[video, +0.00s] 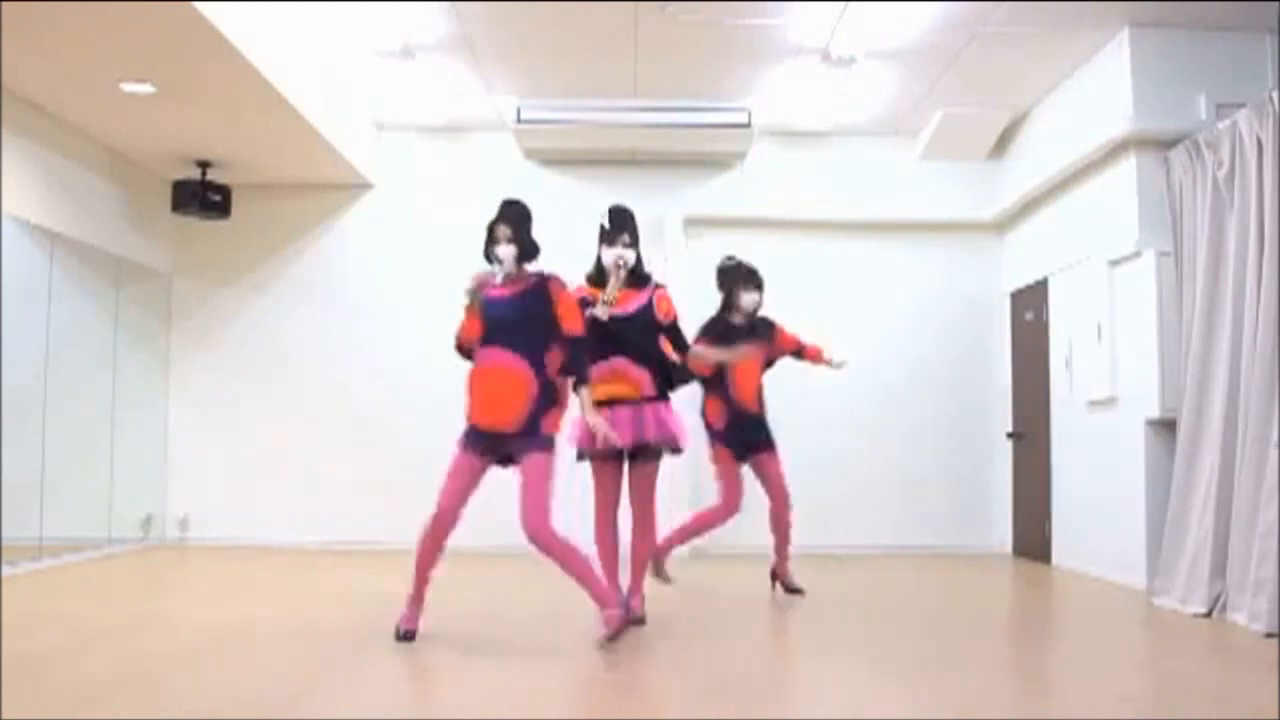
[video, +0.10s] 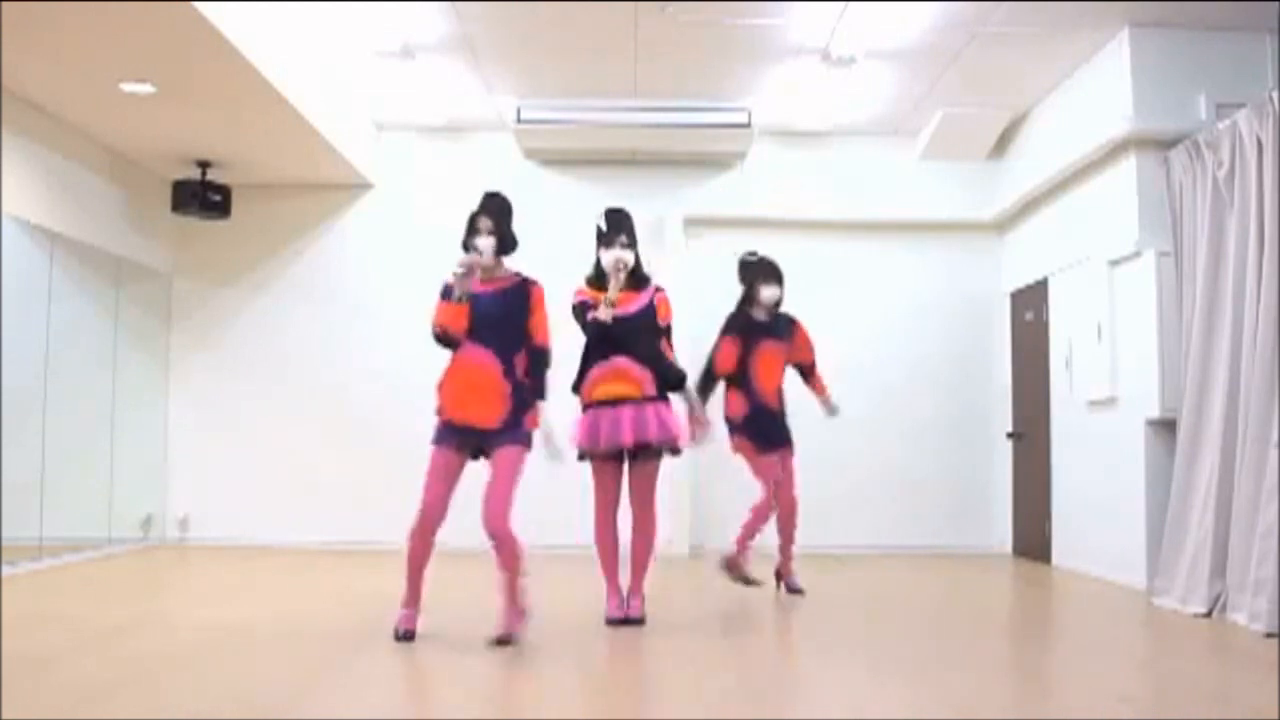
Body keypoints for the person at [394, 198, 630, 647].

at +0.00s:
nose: (502, 249)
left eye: (511, 240)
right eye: (496, 240)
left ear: (526, 243)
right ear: (489, 245)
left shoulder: (549, 288)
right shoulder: (485, 294)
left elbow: (576, 346)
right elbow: (468, 349)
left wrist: (553, 376)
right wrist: (475, 300)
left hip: (535, 426)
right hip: (484, 424)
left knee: (537, 529)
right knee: (442, 518)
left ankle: (610, 604)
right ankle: (413, 607)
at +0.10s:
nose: (480, 241)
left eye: (489, 233)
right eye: (475, 231)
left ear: (505, 240)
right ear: (466, 236)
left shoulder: (526, 291)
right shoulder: (455, 288)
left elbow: (539, 351)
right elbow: (447, 336)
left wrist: (535, 402)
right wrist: (460, 287)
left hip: (510, 415)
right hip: (458, 411)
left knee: (495, 520)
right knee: (429, 514)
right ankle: (410, 606)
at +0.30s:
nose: (455, 228)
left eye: (463, 221)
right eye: (449, 219)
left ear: (478, 227)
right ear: (439, 224)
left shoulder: (497, 280)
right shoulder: (425, 274)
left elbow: (529, 338)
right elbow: (425, 319)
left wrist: (534, 360)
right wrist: (446, 271)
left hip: (469, 400)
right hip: (421, 396)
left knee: (444, 503)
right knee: (417, 504)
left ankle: (473, 599)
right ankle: (426, 602)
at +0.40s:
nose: (444, 230)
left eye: (452, 223)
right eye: (437, 222)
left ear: (465, 230)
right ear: (428, 227)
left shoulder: (482, 283)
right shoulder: (410, 276)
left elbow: (514, 331)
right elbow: (411, 324)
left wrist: (550, 310)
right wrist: (434, 277)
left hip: (452, 405)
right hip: (405, 401)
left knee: (409, 490)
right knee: (406, 500)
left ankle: (426, 591)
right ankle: (423, 595)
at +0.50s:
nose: (433, 233)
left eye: (441, 226)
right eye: (426, 225)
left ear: (454, 231)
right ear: (414, 229)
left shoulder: (473, 282)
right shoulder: (398, 276)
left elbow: (515, 298)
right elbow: (396, 323)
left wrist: (544, 307)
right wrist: (422, 277)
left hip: (439, 411)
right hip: (392, 406)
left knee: (377, 495)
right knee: (406, 507)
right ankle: (426, 602)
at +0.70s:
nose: (400, 237)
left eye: (409, 231)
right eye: (396, 229)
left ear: (427, 237)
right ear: (388, 234)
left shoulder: (443, 291)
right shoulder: (375, 283)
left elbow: (463, 350)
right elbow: (356, 326)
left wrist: (497, 329)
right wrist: (378, 280)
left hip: (399, 410)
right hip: (364, 407)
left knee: (343, 501)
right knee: (391, 514)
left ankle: (339, 599)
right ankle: (424, 601)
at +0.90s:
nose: (370, 243)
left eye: (374, 236)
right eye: (372, 237)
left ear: (384, 236)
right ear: (411, 239)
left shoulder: (388, 278)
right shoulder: (416, 281)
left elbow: (372, 340)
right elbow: (370, 337)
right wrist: (321, 307)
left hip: (363, 400)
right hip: (397, 404)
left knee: (320, 496)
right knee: (392, 504)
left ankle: (332, 599)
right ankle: (428, 598)